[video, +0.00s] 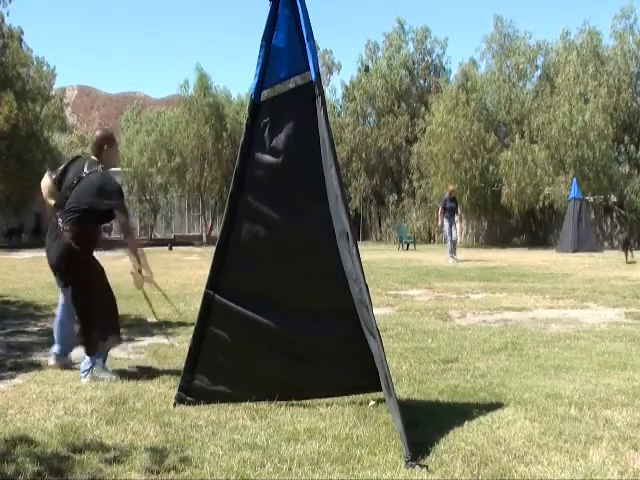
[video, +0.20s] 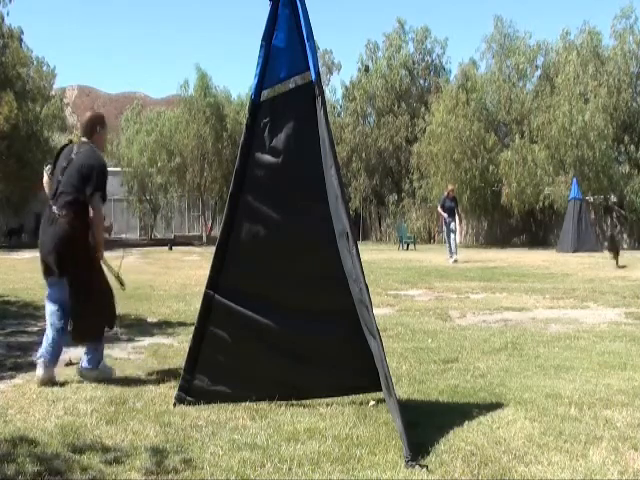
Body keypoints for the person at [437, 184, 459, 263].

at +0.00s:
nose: (453, 194)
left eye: (453, 192)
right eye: (451, 192)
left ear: (454, 192)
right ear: (449, 192)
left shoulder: (454, 199)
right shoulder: (445, 200)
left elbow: (456, 209)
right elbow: (440, 211)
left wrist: (458, 215)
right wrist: (440, 221)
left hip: (453, 217)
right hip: (446, 218)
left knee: (454, 237)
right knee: (449, 237)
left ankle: (453, 253)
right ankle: (450, 254)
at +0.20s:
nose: (452, 193)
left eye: (452, 191)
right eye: (450, 191)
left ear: (454, 192)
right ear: (448, 192)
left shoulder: (454, 199)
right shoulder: (444, 198)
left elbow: (457, 209)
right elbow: (439, 208)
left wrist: (460, 219)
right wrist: (444, 214)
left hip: (453, 219)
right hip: (446, 219)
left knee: (453, 236)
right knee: (447, 237)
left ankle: (454, 254)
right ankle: (450, 254)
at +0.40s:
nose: (451, 194)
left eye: (452, 192)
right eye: (450, 192)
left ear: (453, 193)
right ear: (447, 192)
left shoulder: (454, 201)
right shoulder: (443, 200)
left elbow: (457, 210)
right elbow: (439, 209)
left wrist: (459, 217)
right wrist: (441, 217)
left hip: (452, 220)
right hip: (445, 220)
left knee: (452, 239)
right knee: (446, 240)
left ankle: (452, 256)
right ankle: (449, 255)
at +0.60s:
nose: (448, 193)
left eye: (450, 191)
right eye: (447, 190)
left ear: (452, 191)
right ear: (445, 191)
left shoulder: (454, 199)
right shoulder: (442, 199)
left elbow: (456, 210)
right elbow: (439, 208)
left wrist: (458, 221)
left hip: (451, 219)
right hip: (444, 219)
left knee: (451, 239)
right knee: (445, 238)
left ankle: (452, 257)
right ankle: (445, 256)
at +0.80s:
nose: (445, 194)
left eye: (447, 192)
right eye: (444, 192)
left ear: (449, 193)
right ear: (442, 193)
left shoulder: (450, 201)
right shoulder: (439, 201)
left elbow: (453, 210)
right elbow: (434, 210)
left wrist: (451, 216)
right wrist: (431, 220)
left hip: (448, 220)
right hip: (441, 220)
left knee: (450, 239)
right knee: (443, 239)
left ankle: (452, 258)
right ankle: (443, 258)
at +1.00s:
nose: (443, 192)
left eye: (444, 190)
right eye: (442, 190)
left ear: (446, 191)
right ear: (440, 191)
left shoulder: (449, 200)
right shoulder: (437, 200)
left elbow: (452, 211)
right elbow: (432, 211)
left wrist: (451, 222)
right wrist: (430, 221)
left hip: (447, 220)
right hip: (439, 220)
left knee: (447, 240)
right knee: (441, 240)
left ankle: (449, 257)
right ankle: (443, 258)